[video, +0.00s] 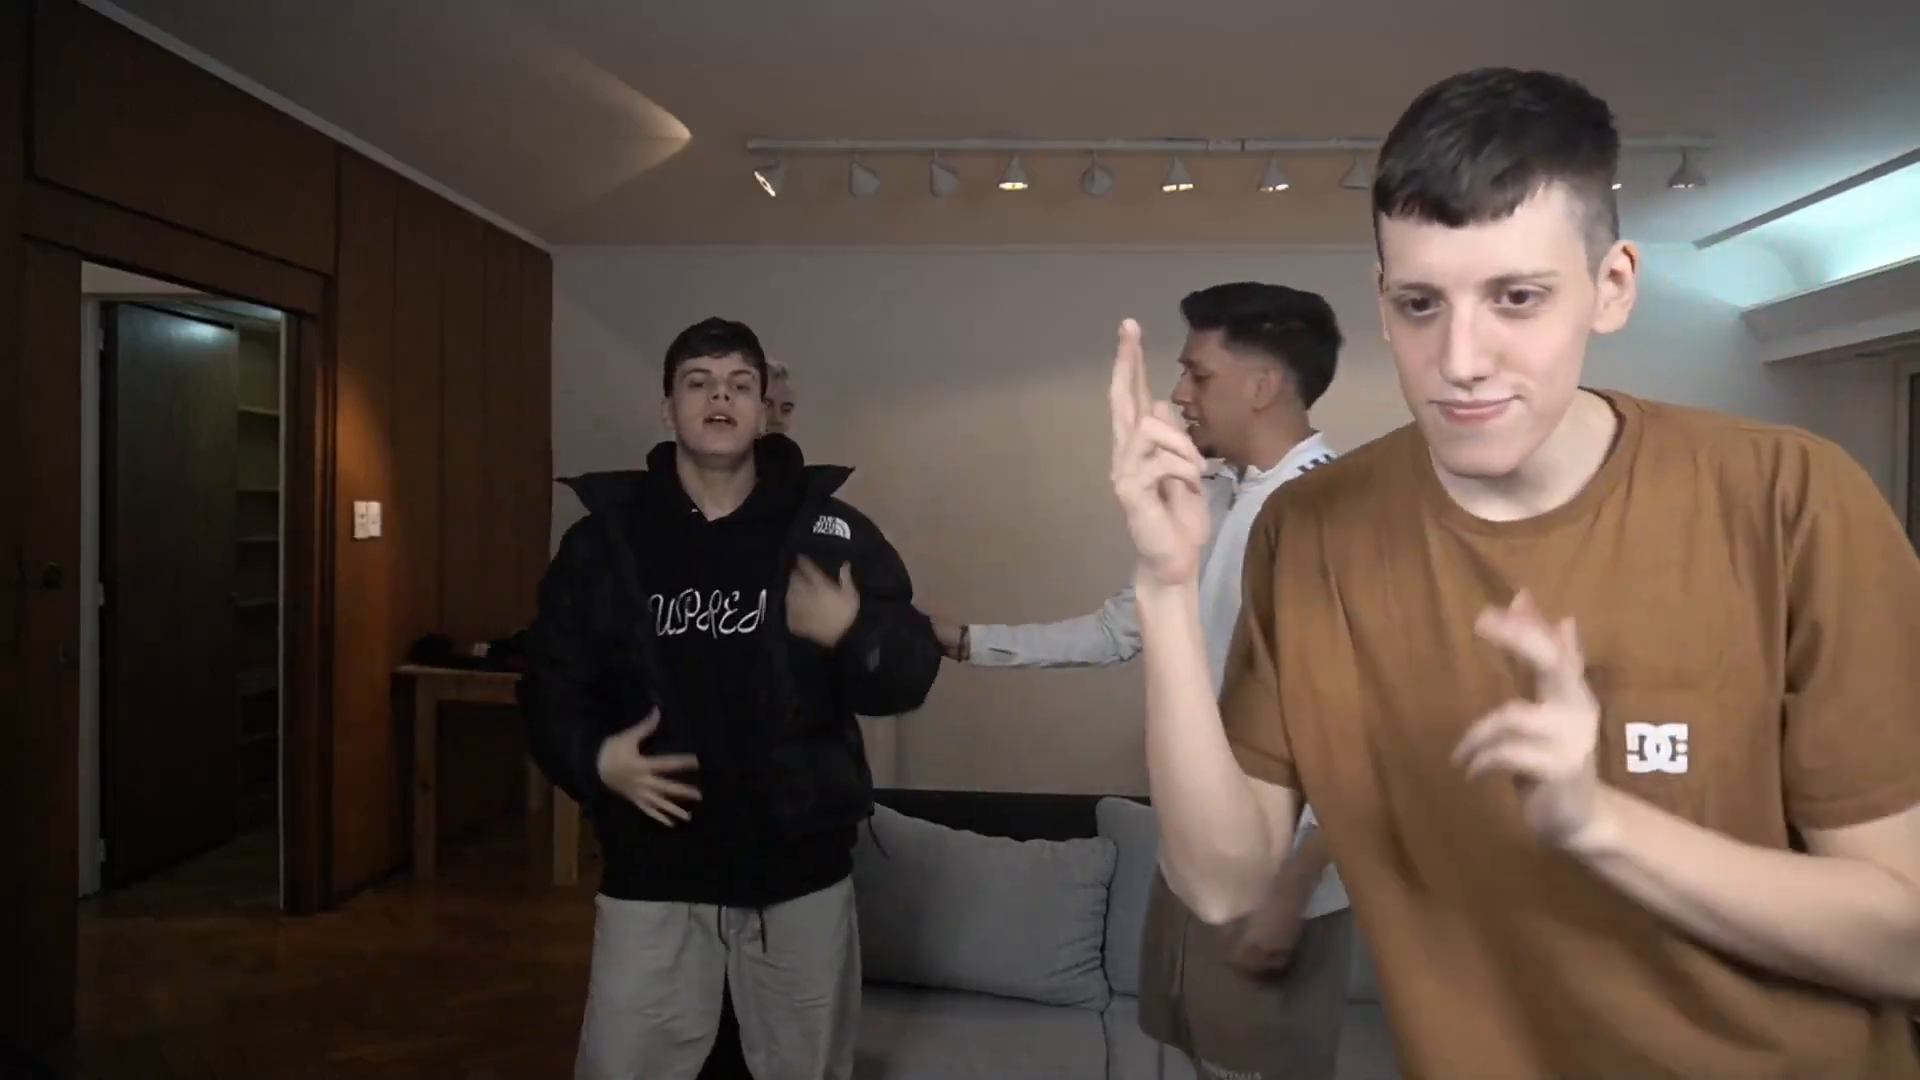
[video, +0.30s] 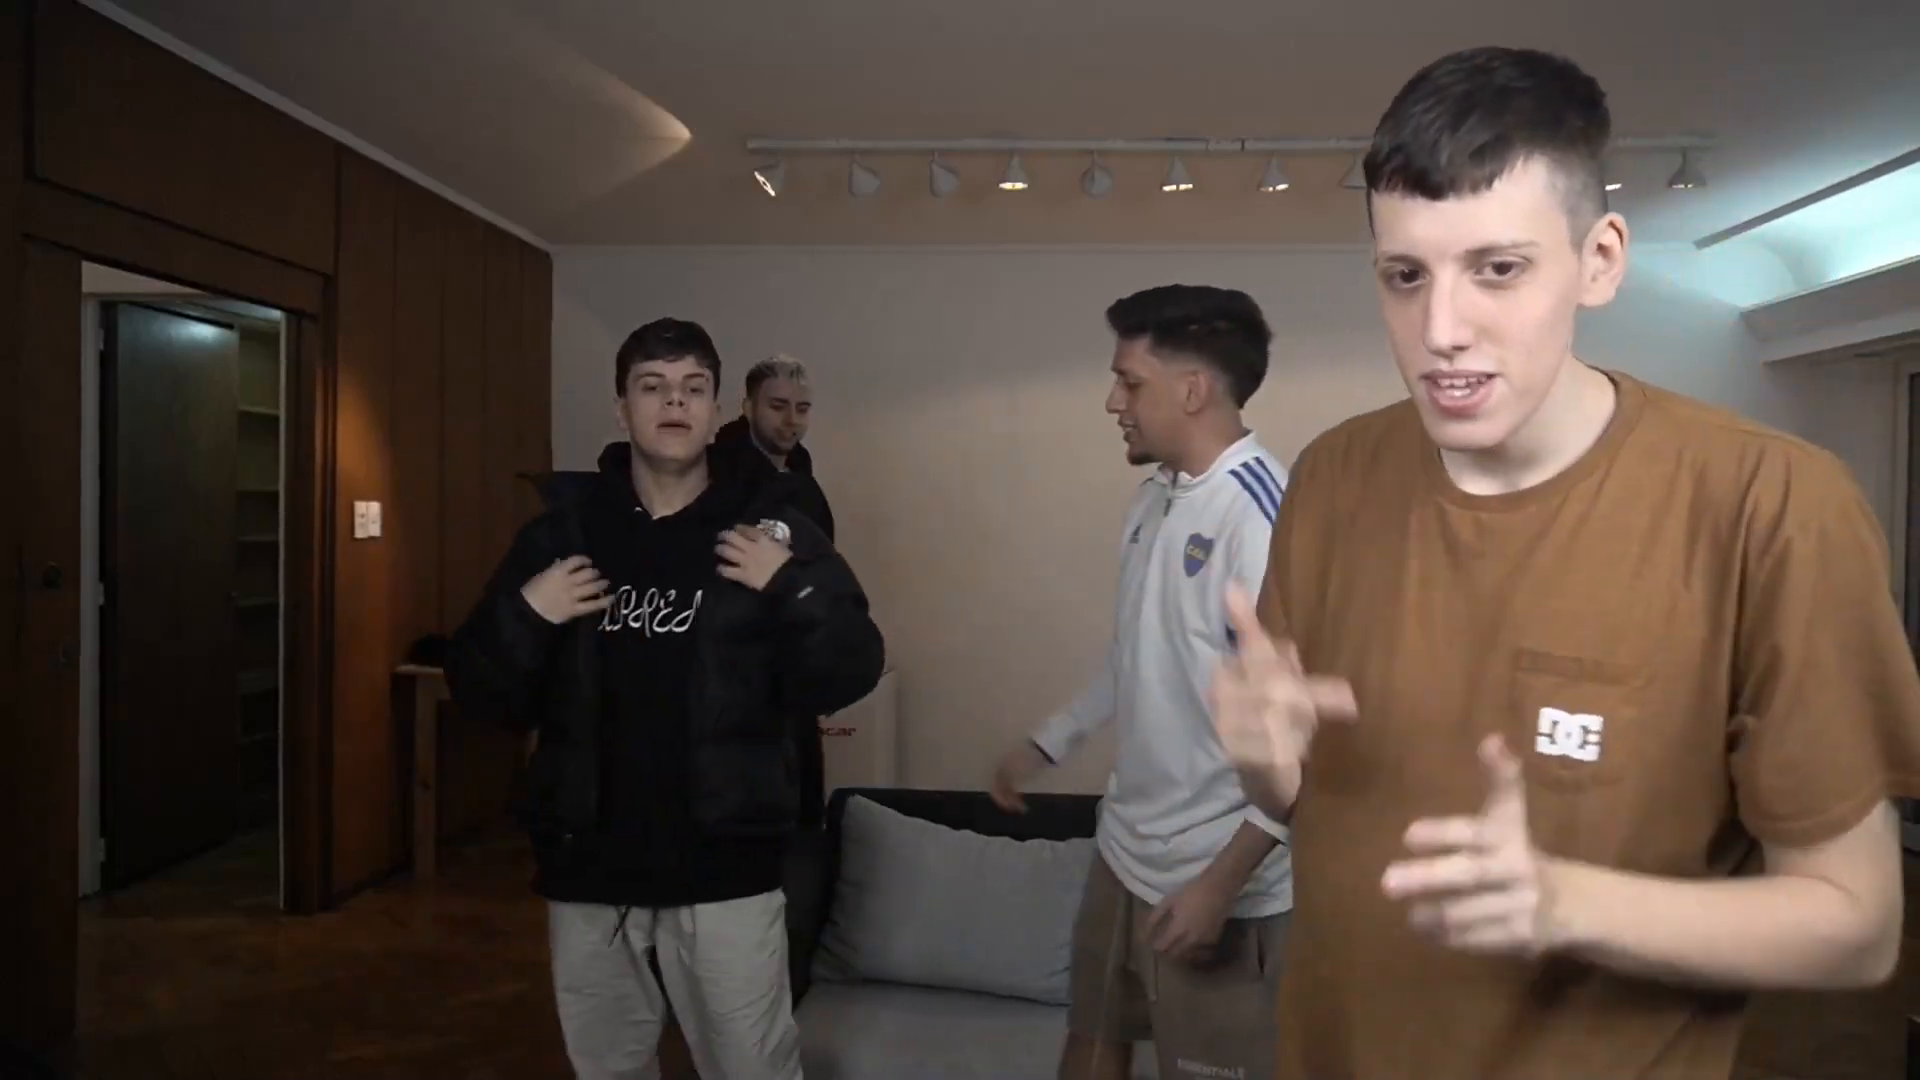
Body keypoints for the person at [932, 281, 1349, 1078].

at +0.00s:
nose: (1180, 398)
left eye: (1199, 376)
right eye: (1182, 376)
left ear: (1268, 383)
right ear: (1262, 385)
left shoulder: (1327, 509)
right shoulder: (1224, 502)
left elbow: (1366, 734)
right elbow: (1122, 627)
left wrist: (1292, 883)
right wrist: (967, 641)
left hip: (1279, 873)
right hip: (1200, 848)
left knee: (1258, 1062)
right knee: (1183, 1047)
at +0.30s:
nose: (1113, 401)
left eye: (1128, 381)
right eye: (1116, 380)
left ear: (1195, 389)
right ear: (1186, 391)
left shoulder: (1261, 516)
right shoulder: (1155, 498)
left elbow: (1312, 726)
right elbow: (1131, 666)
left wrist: (1223, 878)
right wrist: (1041, 748)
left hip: (1219, 887)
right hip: (1123, 859)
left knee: (1212, 1071)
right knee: (1094, 1054)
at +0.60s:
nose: (1052, 406)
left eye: (1071, 386)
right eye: (1056, 384)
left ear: (1135, 397)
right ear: (1127, 397)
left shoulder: (1207, 530)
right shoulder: (1084, 508)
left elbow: (1271, 715)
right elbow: (1097, 680)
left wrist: (1271, 904)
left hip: (1164, 898)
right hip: (1063, 870)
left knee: (1159, 1070)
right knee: (1057, 1055)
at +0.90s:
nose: (1001, 406)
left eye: (1020, 389)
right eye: (1002, 386)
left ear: (1081, 398)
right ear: (1066, 398)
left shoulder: (1125, 507)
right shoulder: (1043, 504)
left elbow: (1160, 687)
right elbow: (1029, 677)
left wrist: (1108, 851)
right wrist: (957, 773)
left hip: (1082, 861)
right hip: (1017, 849)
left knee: (1096, 1065)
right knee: (1036, 1049)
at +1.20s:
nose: (958, 411)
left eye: (977, 395)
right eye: (957, 394)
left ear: (1036, 399)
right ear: (1024, 402)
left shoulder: (1058, 492)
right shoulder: (1023, 495)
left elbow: (1074, 658)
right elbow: (992, 669)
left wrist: (986, 790)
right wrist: (939, 790)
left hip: (1037, 823)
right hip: (1025, 816)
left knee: (1000, 1045)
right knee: (1047, 1040)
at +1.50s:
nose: (907, 422)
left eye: (920, 407)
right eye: (905, 408)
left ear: (981, 405)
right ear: (971, 409)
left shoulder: (1005, 489)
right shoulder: (999, 485)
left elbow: (1041, 637)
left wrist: (984, 794)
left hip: (980, 813)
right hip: (1031, 811)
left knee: (916, 1016)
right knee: (1043, 1007)